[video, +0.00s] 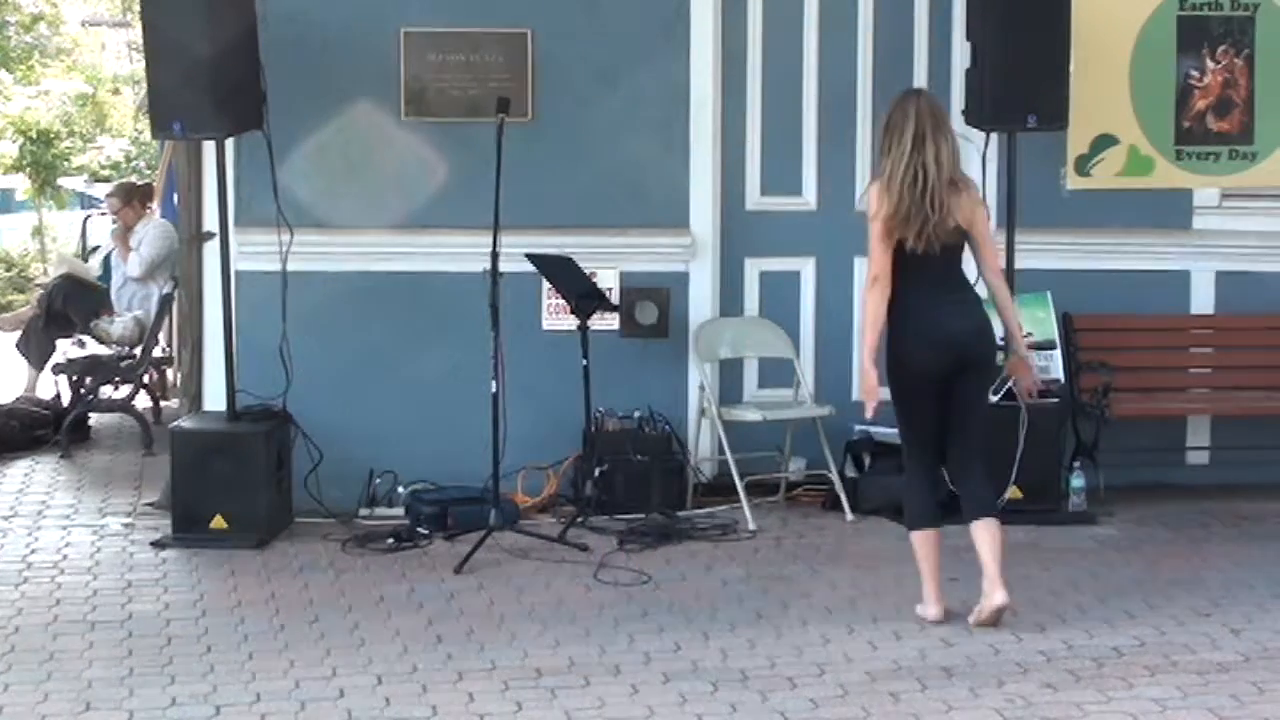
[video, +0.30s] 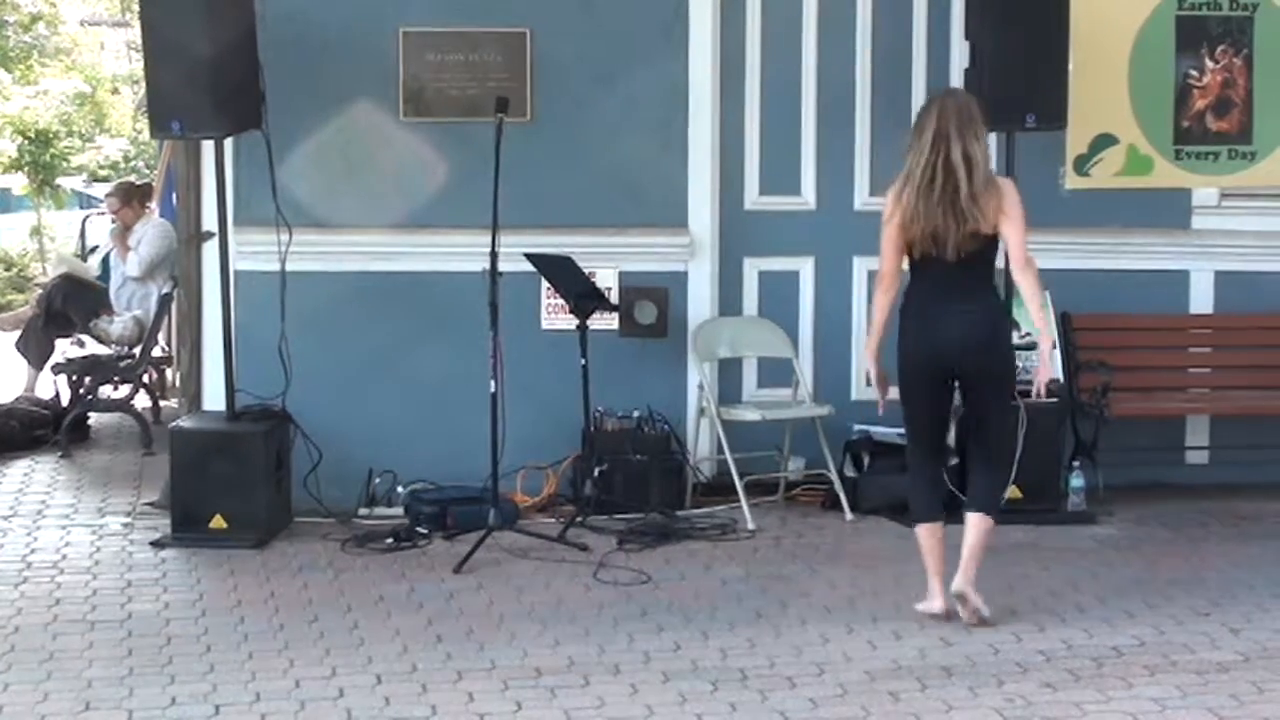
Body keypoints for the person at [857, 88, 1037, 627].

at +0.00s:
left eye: (890, 131)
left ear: (893, 135)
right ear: (944, 135)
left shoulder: (884, 193)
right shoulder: (965, 194)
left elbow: (879, 281)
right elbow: (993, 275)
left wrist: (868, 360)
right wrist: (1018, 346)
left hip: (914, 339)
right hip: (970, 334)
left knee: (919, 461)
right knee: (971, 458)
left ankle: (932, 599)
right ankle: (995, 585)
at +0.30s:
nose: (980, 138)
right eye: (978, 128)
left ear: (924, 135)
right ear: (977, 136)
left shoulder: (903, 194)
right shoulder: (999, 191)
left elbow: (889, 279)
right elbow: (1020, 266)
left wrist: (872, 346)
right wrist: (1046, 337)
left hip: (921, 337)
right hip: (984, 336)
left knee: (924, 455)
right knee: (991, 453)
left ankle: (936, 591)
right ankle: (966, 577)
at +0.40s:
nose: (996, 141)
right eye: (992, 133)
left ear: (934, 136)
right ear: (986, 138)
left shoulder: (909, 196)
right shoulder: (1003, 192)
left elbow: (893, 286)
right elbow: (1016, 269)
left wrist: (885, 352)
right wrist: (1027, 345)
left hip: (929, 338)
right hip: (987, 338)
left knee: (934, 446)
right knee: (987, 460)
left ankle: (928, 562)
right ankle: (960, 593)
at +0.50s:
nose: (1006, 136)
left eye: (1002, 127)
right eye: (1003, 128)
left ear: (948, 133)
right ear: (994, 134)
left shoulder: (929, 189)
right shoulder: (1007, 191)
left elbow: (905, 274)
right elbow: (1002, 268)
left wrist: (910, 339)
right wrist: (1006, 347)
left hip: (930, 329)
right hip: (976, 330)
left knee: (949, 449)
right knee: (981, 456)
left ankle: (906, 560)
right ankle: (954, 601)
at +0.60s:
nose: (1021, 129)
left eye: (1018, 120)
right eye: (1013, 122)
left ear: (970, 138)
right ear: (991, 136)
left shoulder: (954, 189)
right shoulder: (994, 191)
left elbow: (942, 279)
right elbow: (968, 272)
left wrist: (979, 331)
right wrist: (984, 347)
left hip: (943, 333)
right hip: (970, 336)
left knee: (950, 461)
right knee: (991, 466)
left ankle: (898, 584)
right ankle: (945, 596)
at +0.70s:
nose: (1009, 140)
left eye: (1014, 131)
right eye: (997, 133)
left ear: (1024, 138)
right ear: (977, 145)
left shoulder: (1010, 202)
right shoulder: (974, 199)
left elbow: (1003, 297)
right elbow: (939, 286)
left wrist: (1058, 331)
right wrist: (969, 359)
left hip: (995, 349)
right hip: (964, 350)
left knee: (998, 471)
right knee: (988, 471)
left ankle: (907, 560)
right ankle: (949, 599)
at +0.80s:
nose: (1021, 145)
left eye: (1029, 137)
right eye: (1010, 137)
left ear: (1040, 150)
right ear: (990, 150)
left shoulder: (1042, 214)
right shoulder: (968, 209)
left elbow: (1064, 284)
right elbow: (931, 292)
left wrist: (1104, 265)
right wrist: (958, 367)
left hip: (1005, 356)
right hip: (963, 354)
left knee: (1047, 464)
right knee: (991, 476)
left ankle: (979, 548)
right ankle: (948, 598)